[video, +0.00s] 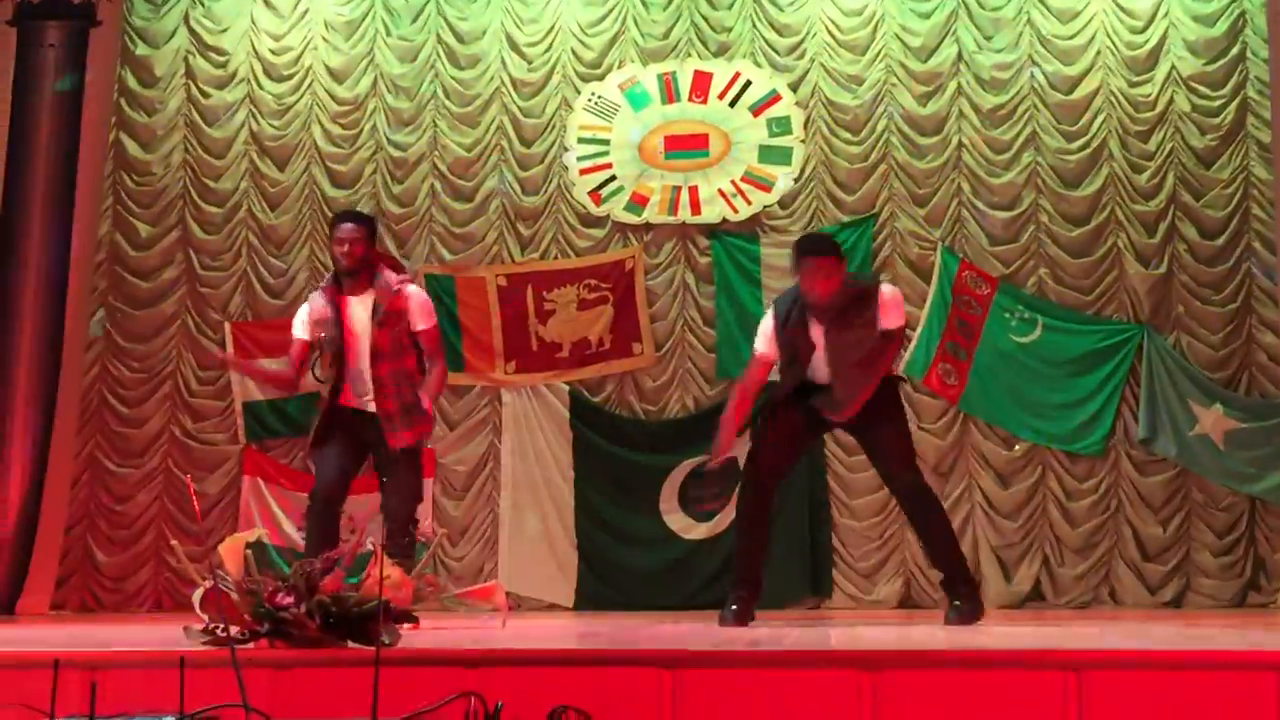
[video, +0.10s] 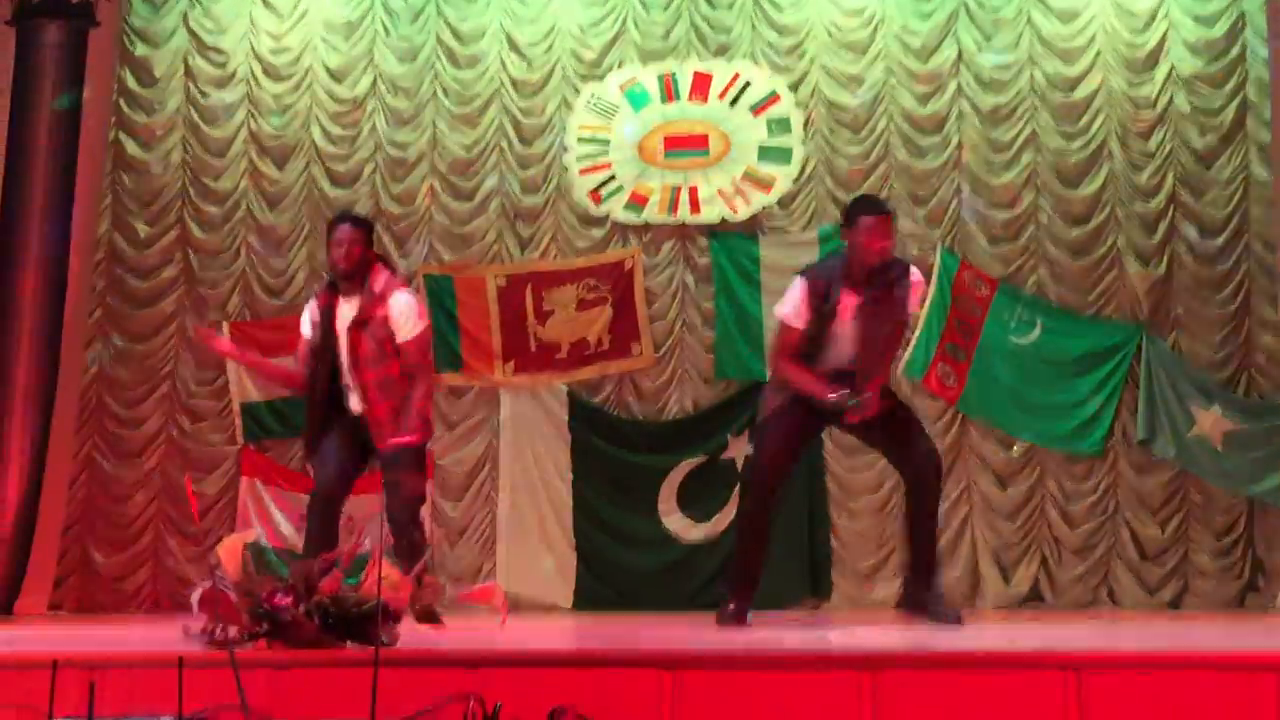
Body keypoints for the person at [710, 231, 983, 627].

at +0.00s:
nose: (820, 285)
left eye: (828, 274)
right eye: (811, 275)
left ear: (844, 272)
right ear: (798, 277)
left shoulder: (881, 301)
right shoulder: (781, 317)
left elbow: (884, 361)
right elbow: (748, 386)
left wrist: (851, 401)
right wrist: (722, 449)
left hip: (870, 395)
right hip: (804, 399)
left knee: (905, 482)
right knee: (758, 477)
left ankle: (962, 592)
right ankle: (742, 597)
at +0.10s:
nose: (882, 246)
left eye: (887, 236)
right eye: (872, 237)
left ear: (894, 238)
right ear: (847, 237)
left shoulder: (908, 282)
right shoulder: (813, 285)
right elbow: (782, 362)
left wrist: (876, 387)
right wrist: (828, 393)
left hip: (870, 394)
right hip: (808, 395)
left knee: (925, 465)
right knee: (761, 472)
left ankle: (919, 593)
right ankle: (738, 599)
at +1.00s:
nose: (814, 212)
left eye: (822, 203)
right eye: (805, 205)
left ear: (835, 204)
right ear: (793, 209)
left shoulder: (860, 235)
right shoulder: (783, 267)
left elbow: (916, 263)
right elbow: (767, 338)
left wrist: (938, 327)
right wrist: (774, 390)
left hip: (872, 396)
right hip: (811, 400)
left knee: (899, 506)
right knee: (795, 506)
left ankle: (929, 625)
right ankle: (799, 621)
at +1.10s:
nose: (826, 213)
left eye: (834, 203)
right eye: (817, 205)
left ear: (849, 202)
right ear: (805, 208)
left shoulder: (879, 243)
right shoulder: (784, 260)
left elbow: (919, 274)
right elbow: (724, 305)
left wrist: (930, 296)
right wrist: (725, 380)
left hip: (871, 393)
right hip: (808, 397)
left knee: (901, 504)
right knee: (782, 498)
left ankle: (929, 622)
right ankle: (790, 608)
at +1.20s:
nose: (823, 213)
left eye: (831, 203)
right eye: (814, 205)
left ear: (846, 201)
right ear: (801, 205)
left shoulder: (876, 235)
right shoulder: (785, 246)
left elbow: (912, 272)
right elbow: (732, 283)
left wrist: (875, 279)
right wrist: (702, 319)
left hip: (866, 395)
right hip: (802, 396)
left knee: (893, 504)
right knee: (766, 491)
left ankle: (921, 622)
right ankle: (758, 610)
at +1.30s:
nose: (809, 217)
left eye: (817, 207)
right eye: (800, 208)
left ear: (832, 204)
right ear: (788, 208)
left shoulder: (863, 243)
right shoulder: (772, 249)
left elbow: (881, 309)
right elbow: (742, 310)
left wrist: (837, 290)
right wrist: (758, 296)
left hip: (849, 394)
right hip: (788, 396)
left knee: (884, 502)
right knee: (756, 502)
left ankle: (916, 619)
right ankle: (723, 621)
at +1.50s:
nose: (819, 224)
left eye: (828, 215)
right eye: (810, 215)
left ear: (839, 216)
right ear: (795, 215)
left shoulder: (865, 263)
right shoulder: (770, 265)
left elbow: (877, 339)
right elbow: (752, 340)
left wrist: (828, 296)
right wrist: (803, 301)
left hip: (848, 401)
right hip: (789, 403)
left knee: (880, 508)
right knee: (758, 509)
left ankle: (917, 629)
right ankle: (726, 629)